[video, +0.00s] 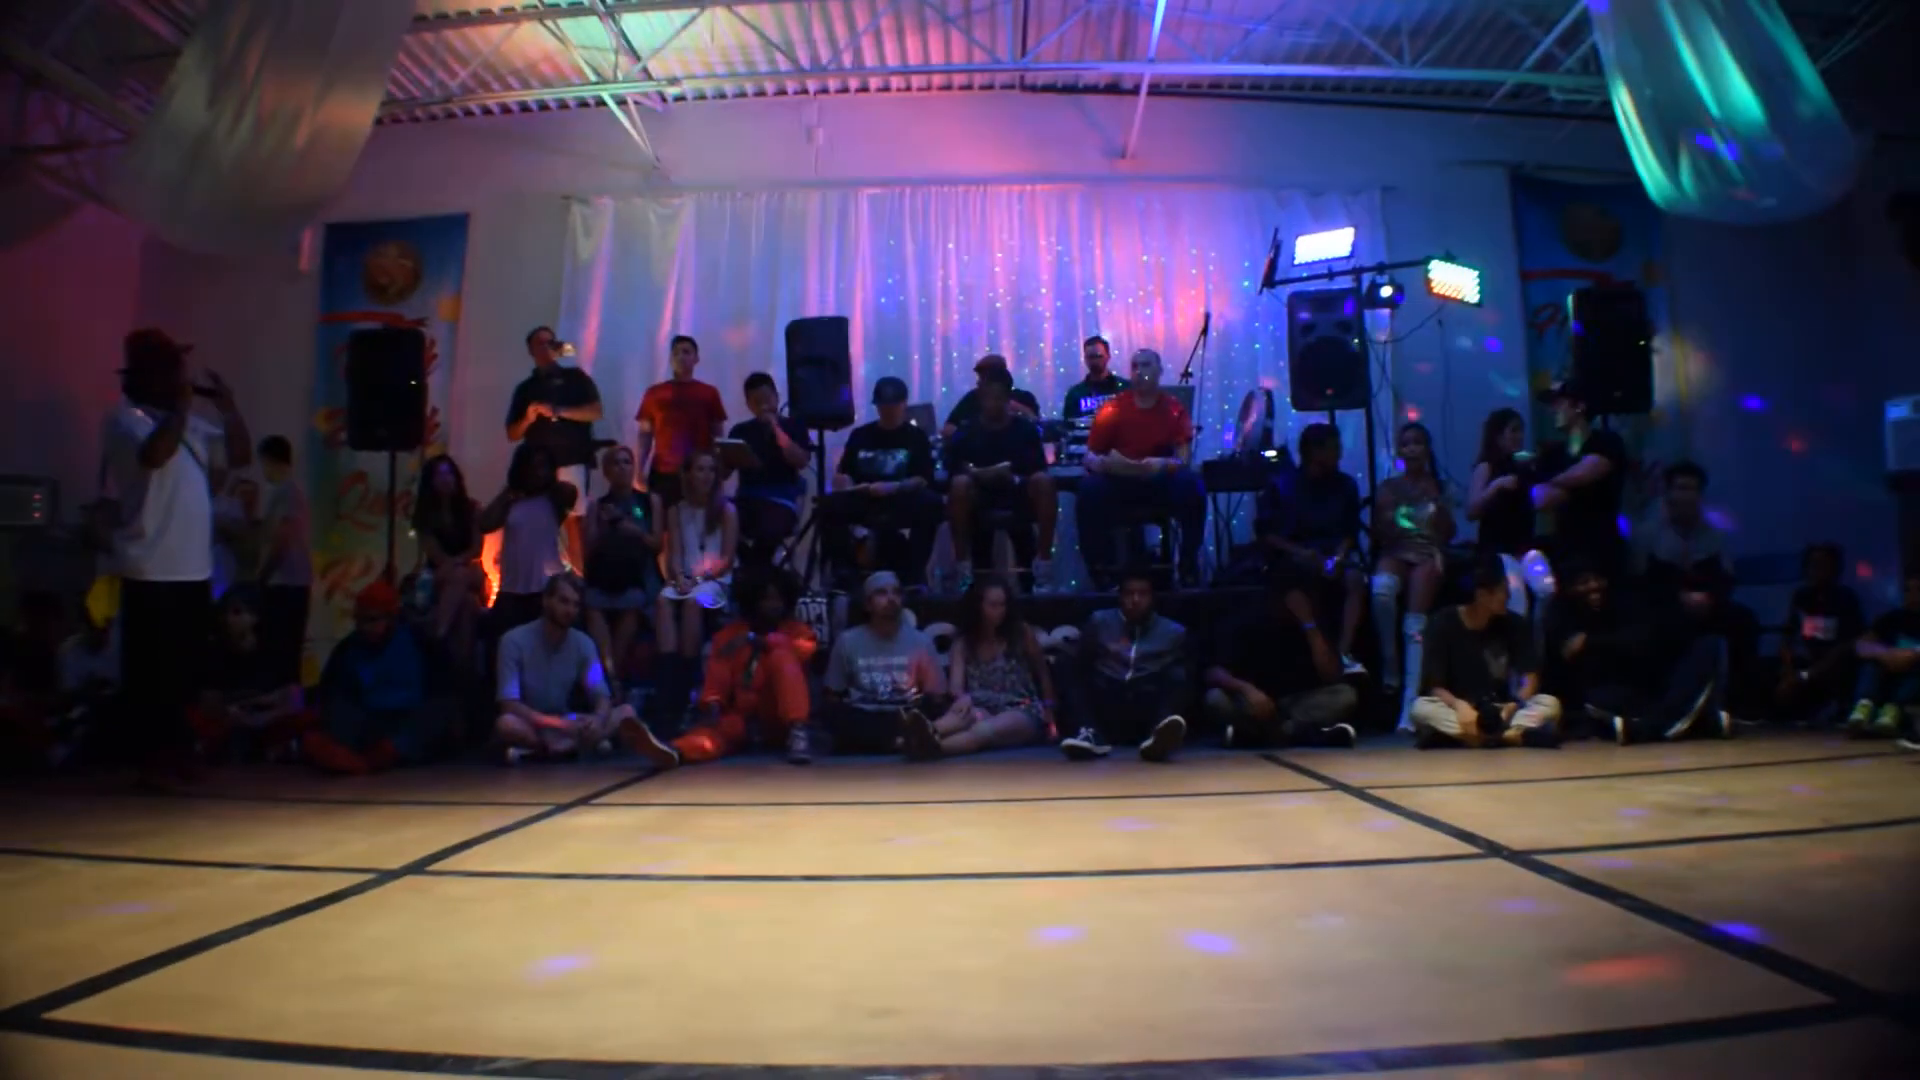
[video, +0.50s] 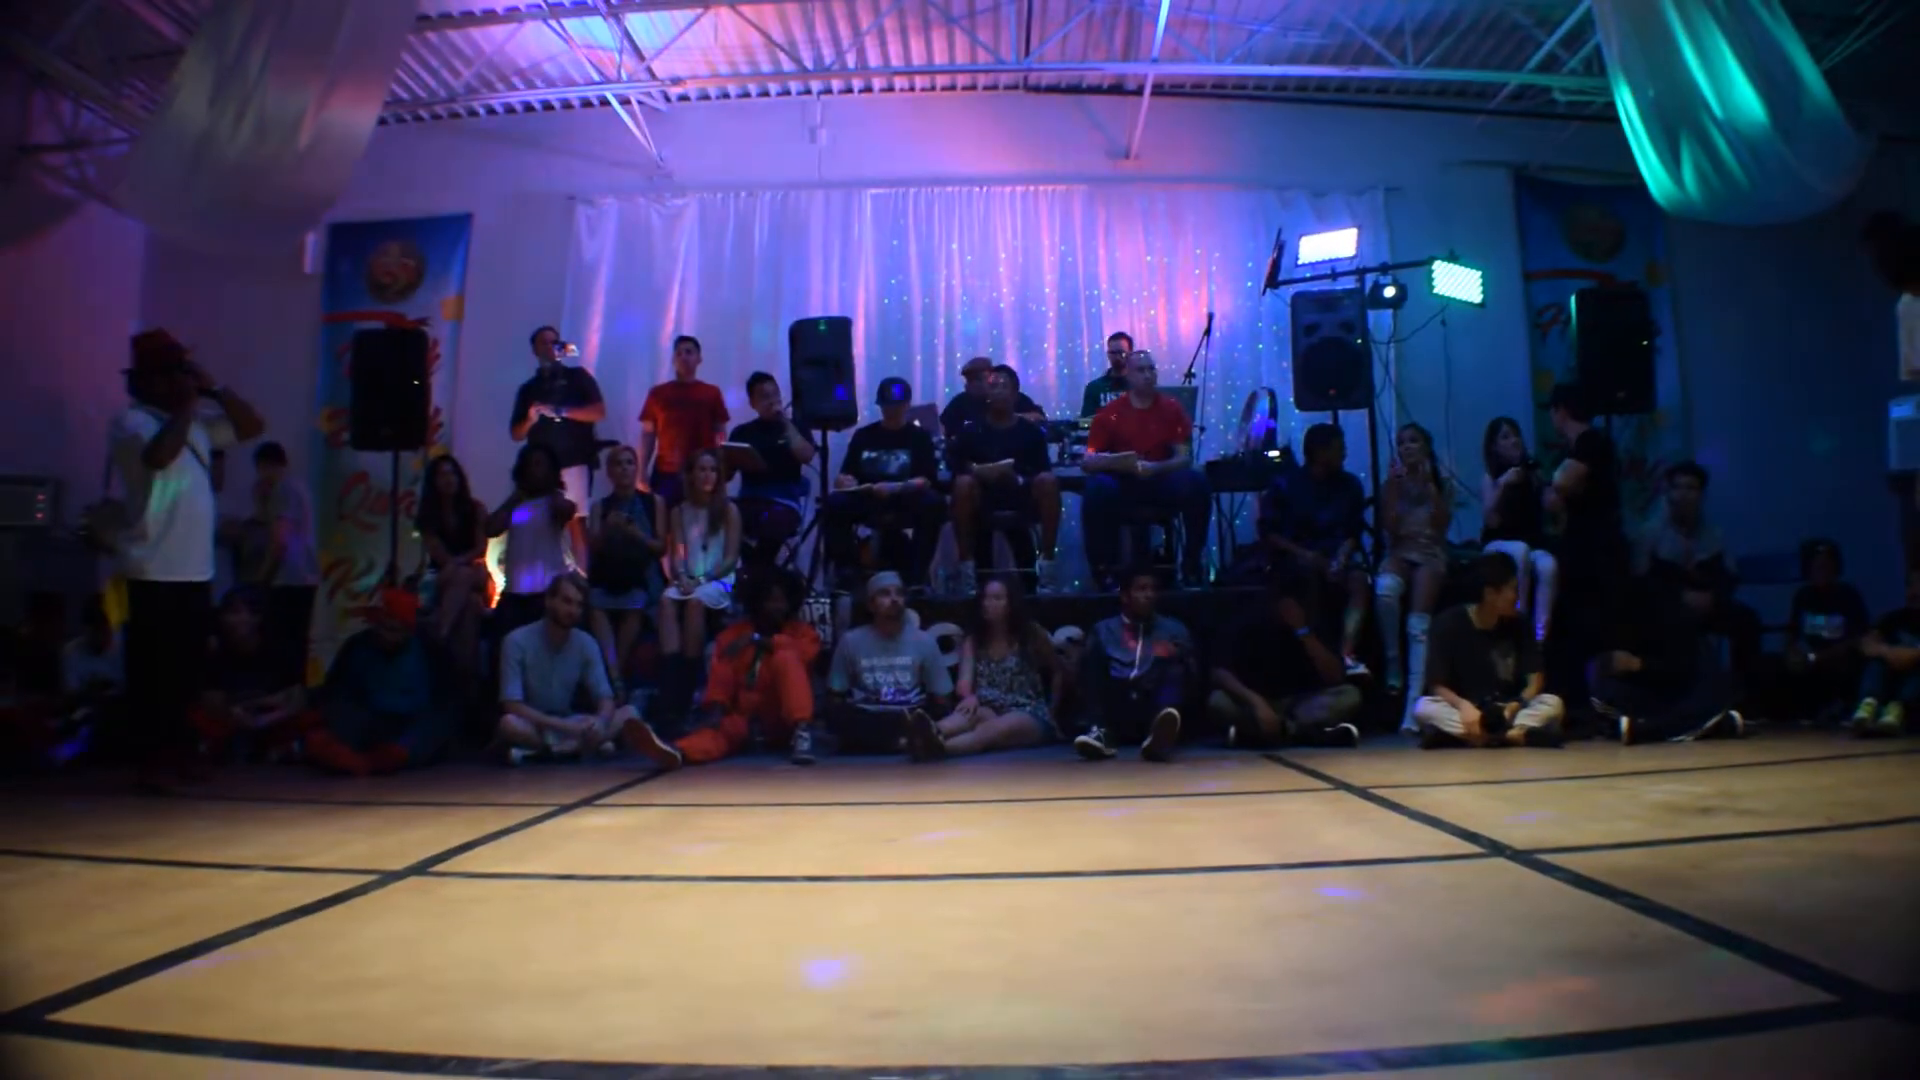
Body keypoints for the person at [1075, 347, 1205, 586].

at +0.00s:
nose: (1139, 372)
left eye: (1146, 366)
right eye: (1135, 366)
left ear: (1159, 371)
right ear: (1130, 373)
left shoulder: (1174, 410)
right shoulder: (1112, 409)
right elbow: (1090, 457)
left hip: (1158, 482)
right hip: (1119, 481)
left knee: (1193, 488)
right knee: (1090, 492)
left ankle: (1189, 568)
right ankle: (1100, 574)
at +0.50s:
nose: (1148, 374)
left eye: (1151, 369)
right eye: (1140, 370)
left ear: (1156, 373)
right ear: (1127, 375)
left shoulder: (1172, 408)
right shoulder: (1108, 414)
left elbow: (1183, 457)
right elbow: (1089, 461)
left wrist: (1154, 467)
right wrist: (1119, 462)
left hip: (1160, 480)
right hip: (1123, 481)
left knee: (1196, 484)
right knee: (1098, 489)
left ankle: (1192, 568)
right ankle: (1102, 572)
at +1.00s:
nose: (1122, 394)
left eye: (1128, 387)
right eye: (1117, 387)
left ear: (1142, 385)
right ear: (1112, 386)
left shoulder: (1161, 412)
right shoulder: (1100, 416)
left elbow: (1173, 460)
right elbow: (1084, 464)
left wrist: (1141, 471)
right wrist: (1106, 465)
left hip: (1152, 482)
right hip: (1114, 483)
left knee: (1187, 489)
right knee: (1094, 494)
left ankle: (1185, 570)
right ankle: (1098, 575)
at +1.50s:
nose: (1121, 402)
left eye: (1127, 396)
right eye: (1116, 395)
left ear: (1140, 392)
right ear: (1109, 391)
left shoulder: (1161, 413)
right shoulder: (1096, 417)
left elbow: (1178, 461)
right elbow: (1081, 467)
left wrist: (1145, 471)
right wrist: (1107, 470)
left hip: (1151, 483)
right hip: (1113, 484)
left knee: (1184, 490)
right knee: (1093, 494)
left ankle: (1183, 570)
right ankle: (1097, 575)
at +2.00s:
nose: (1124, 402)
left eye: (1130, 396)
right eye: (1120, 395)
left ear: (1143, 391)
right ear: (1113, 391)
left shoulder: (1165, 414)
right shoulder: (1096, 417)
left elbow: (1180, 461)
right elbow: (1084, 466)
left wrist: (1150, 472)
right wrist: (1113, 469)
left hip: (1155, 483)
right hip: (1115, 485)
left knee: (1187, 491)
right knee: (1095, 492)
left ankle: (1184, 569)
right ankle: (1099, 574)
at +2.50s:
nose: (1125, 402)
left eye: (1130, 396)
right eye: (1120, 396)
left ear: (1143, 390)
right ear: (1114, 392)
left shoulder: (1166, 414)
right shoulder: (1098, 416)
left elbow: (1180, 462)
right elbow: (1085, 464)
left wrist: (1151, 473)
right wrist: (1110, 470)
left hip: (1154, 484)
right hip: (1116, 484)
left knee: (1189, 491)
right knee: (1095, 494)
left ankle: (1184, 567)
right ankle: (1097, 573)